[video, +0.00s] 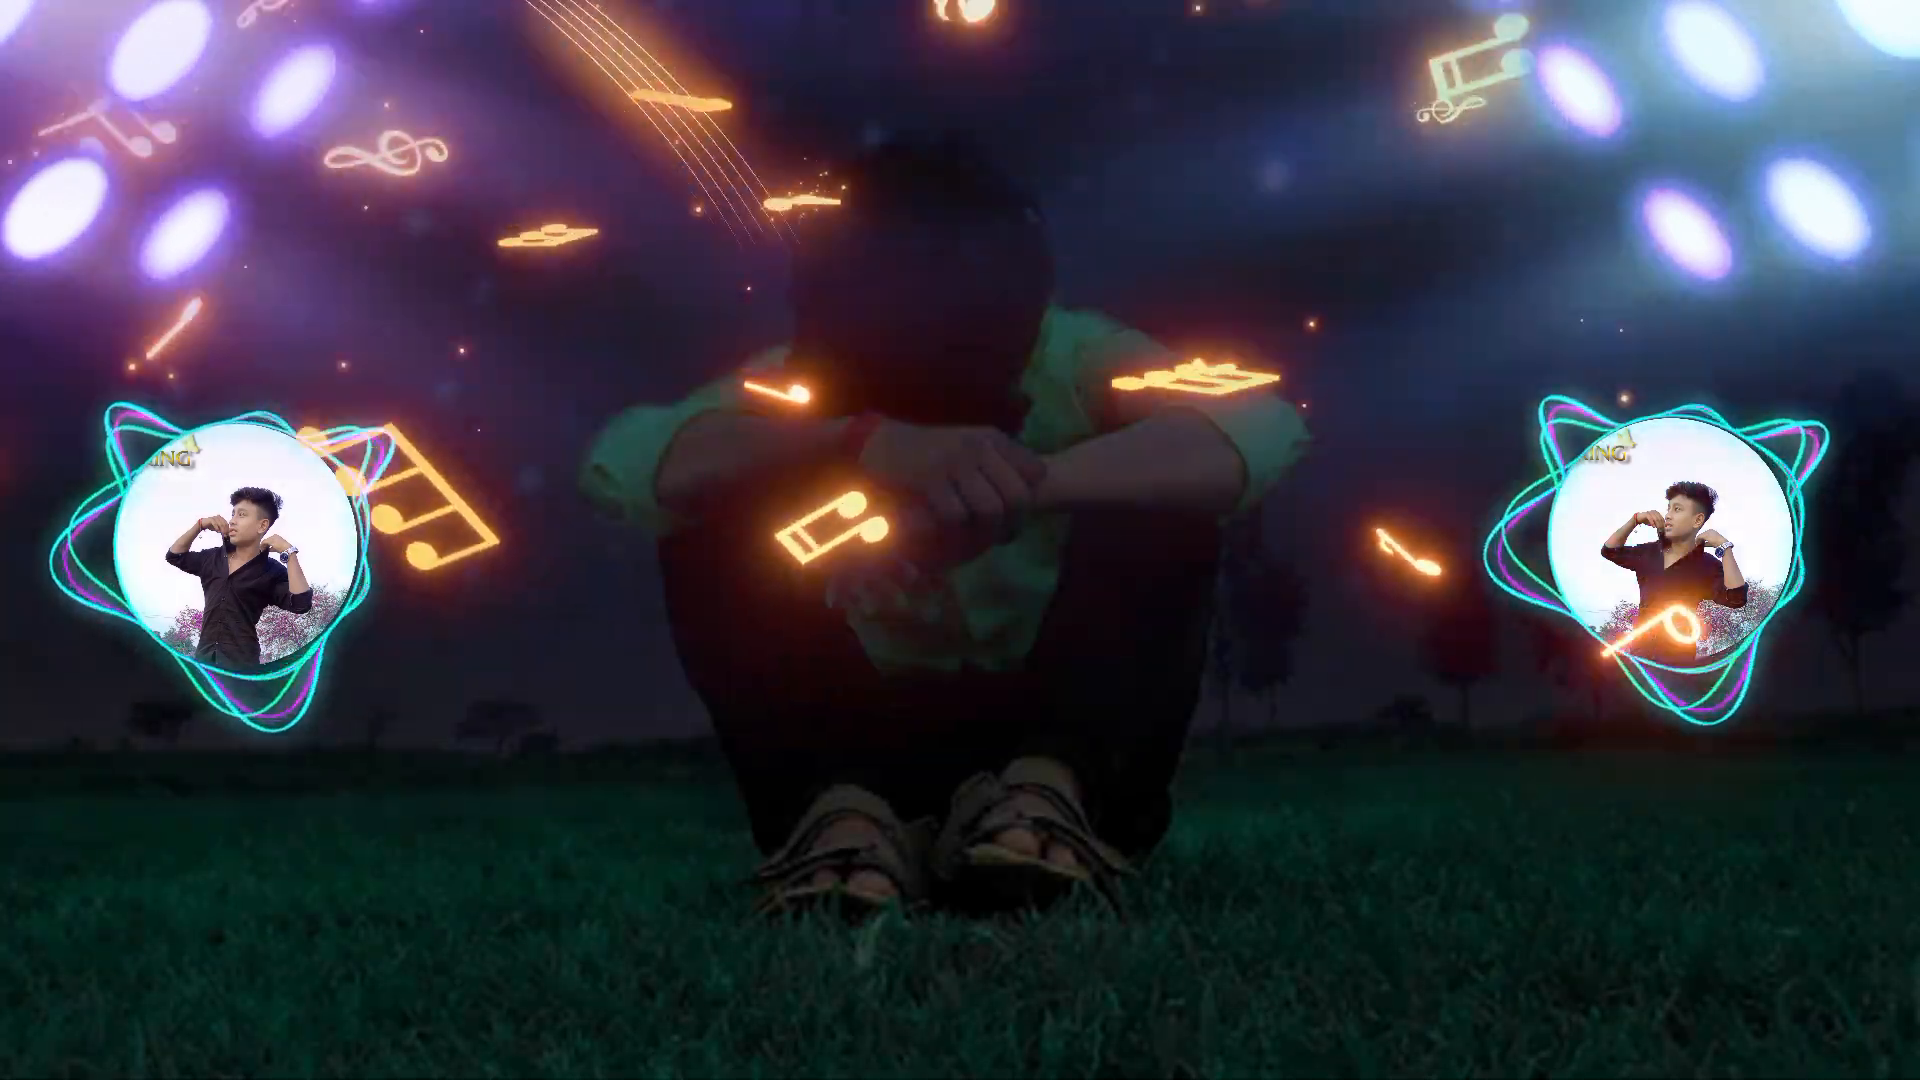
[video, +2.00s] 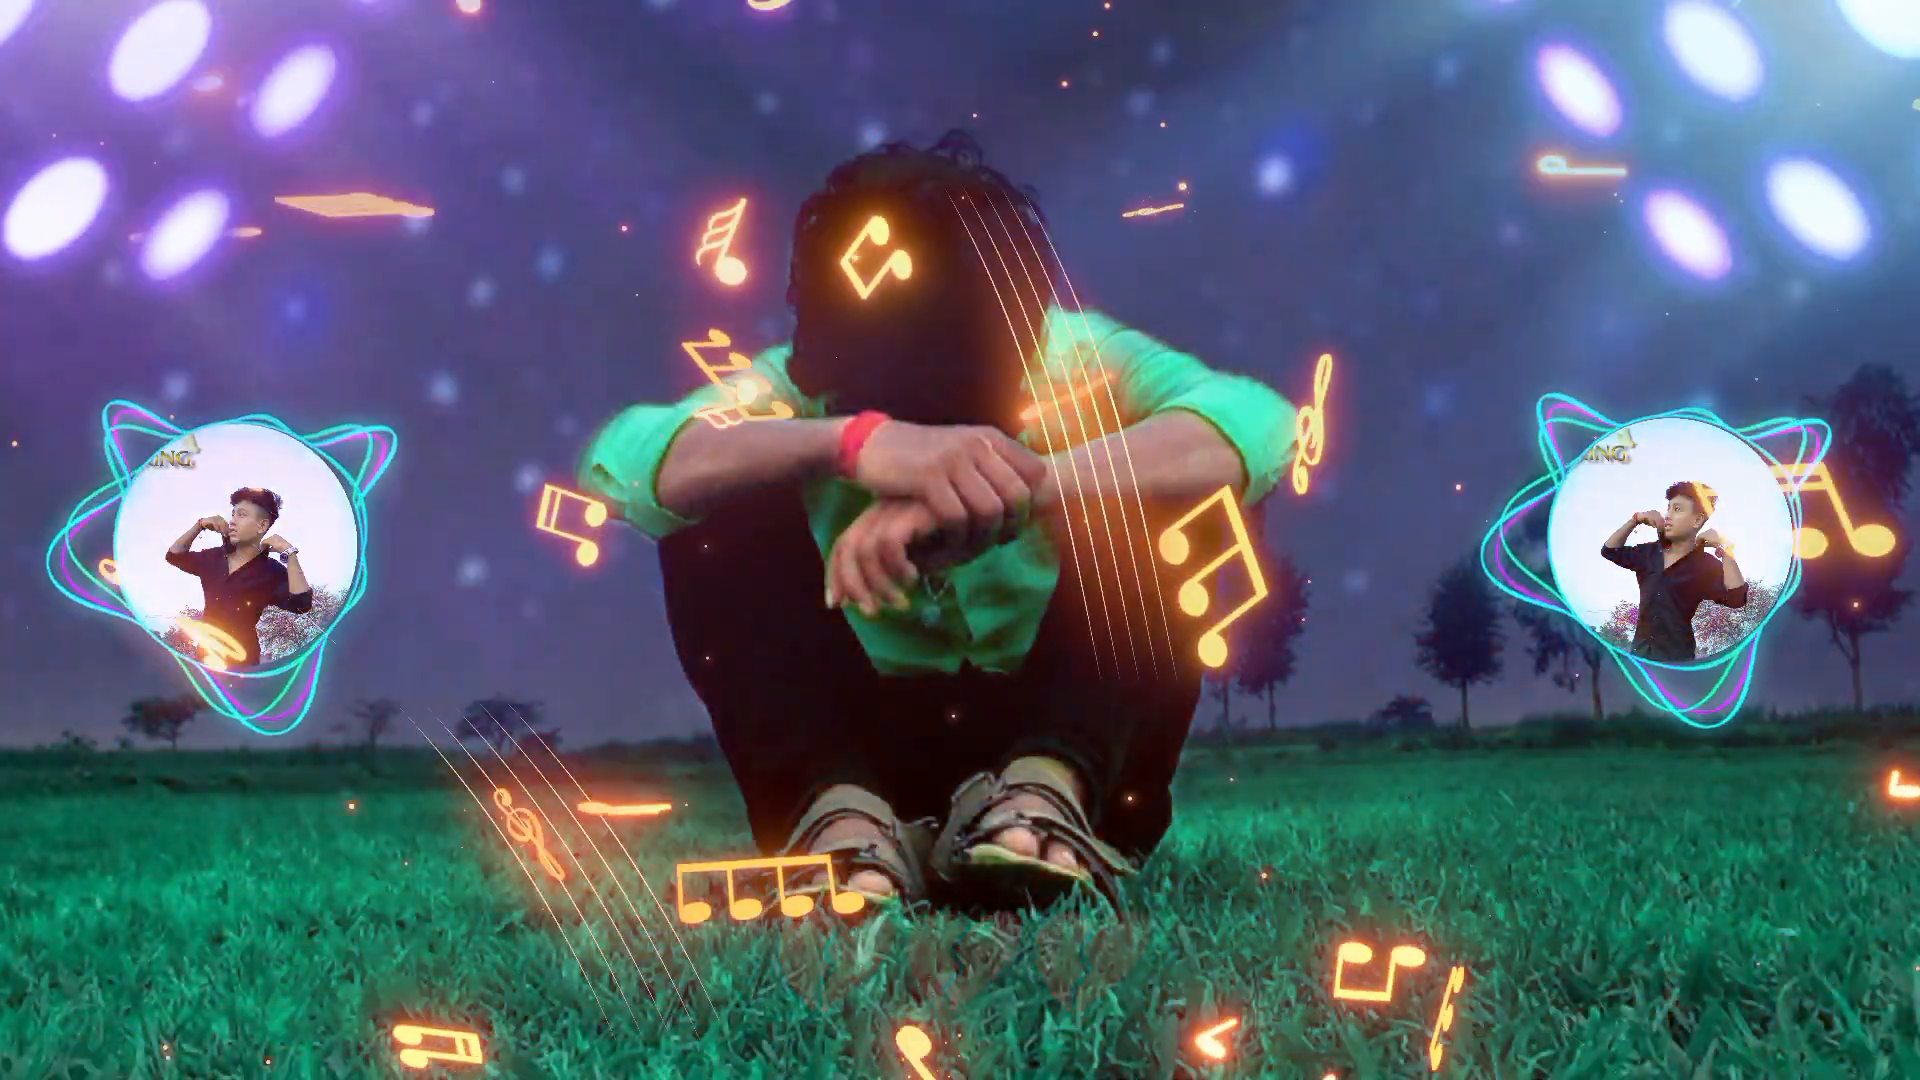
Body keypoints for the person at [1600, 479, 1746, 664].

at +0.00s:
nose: (1667, 515)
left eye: (1677, 509)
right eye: (1668, 509)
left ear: (1698, 520)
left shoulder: (1706, 565)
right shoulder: (1647, 554)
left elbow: (1737, 599)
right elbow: (1609, 551)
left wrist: (1725, 547)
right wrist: (1634, 520)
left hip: (1678, 661)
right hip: (1639, 655)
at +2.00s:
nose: (1668, 515)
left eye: (1678, 509)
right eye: (1669, 508)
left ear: (1699, 520)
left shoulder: (1705, 565)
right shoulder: (1648, 553)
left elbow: (1737, 600)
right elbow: (1609, 551)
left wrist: (1725, 548)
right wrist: (1633, 521)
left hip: (1678, 659)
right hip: (1640, 654)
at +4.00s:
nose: (1667, 515)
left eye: (1677, 509)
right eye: (1669, 509)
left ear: (1698, 520)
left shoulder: (1706, 565)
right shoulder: (1651, 552)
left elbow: (1737, 600)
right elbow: (1609, 551)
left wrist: (1725, 547)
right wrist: (1634, 521)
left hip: (1677, 655)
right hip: (1640, 650)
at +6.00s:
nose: (1667, 515)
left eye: (1677, 509)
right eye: (1668, 509)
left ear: (1698, 520)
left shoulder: (1705, 564)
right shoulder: (1647, 553)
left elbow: (1737, 599)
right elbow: (1609, 551)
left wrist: (1725, 547)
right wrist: (1634, 520)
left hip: (1677, 658)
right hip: (1639, 653)